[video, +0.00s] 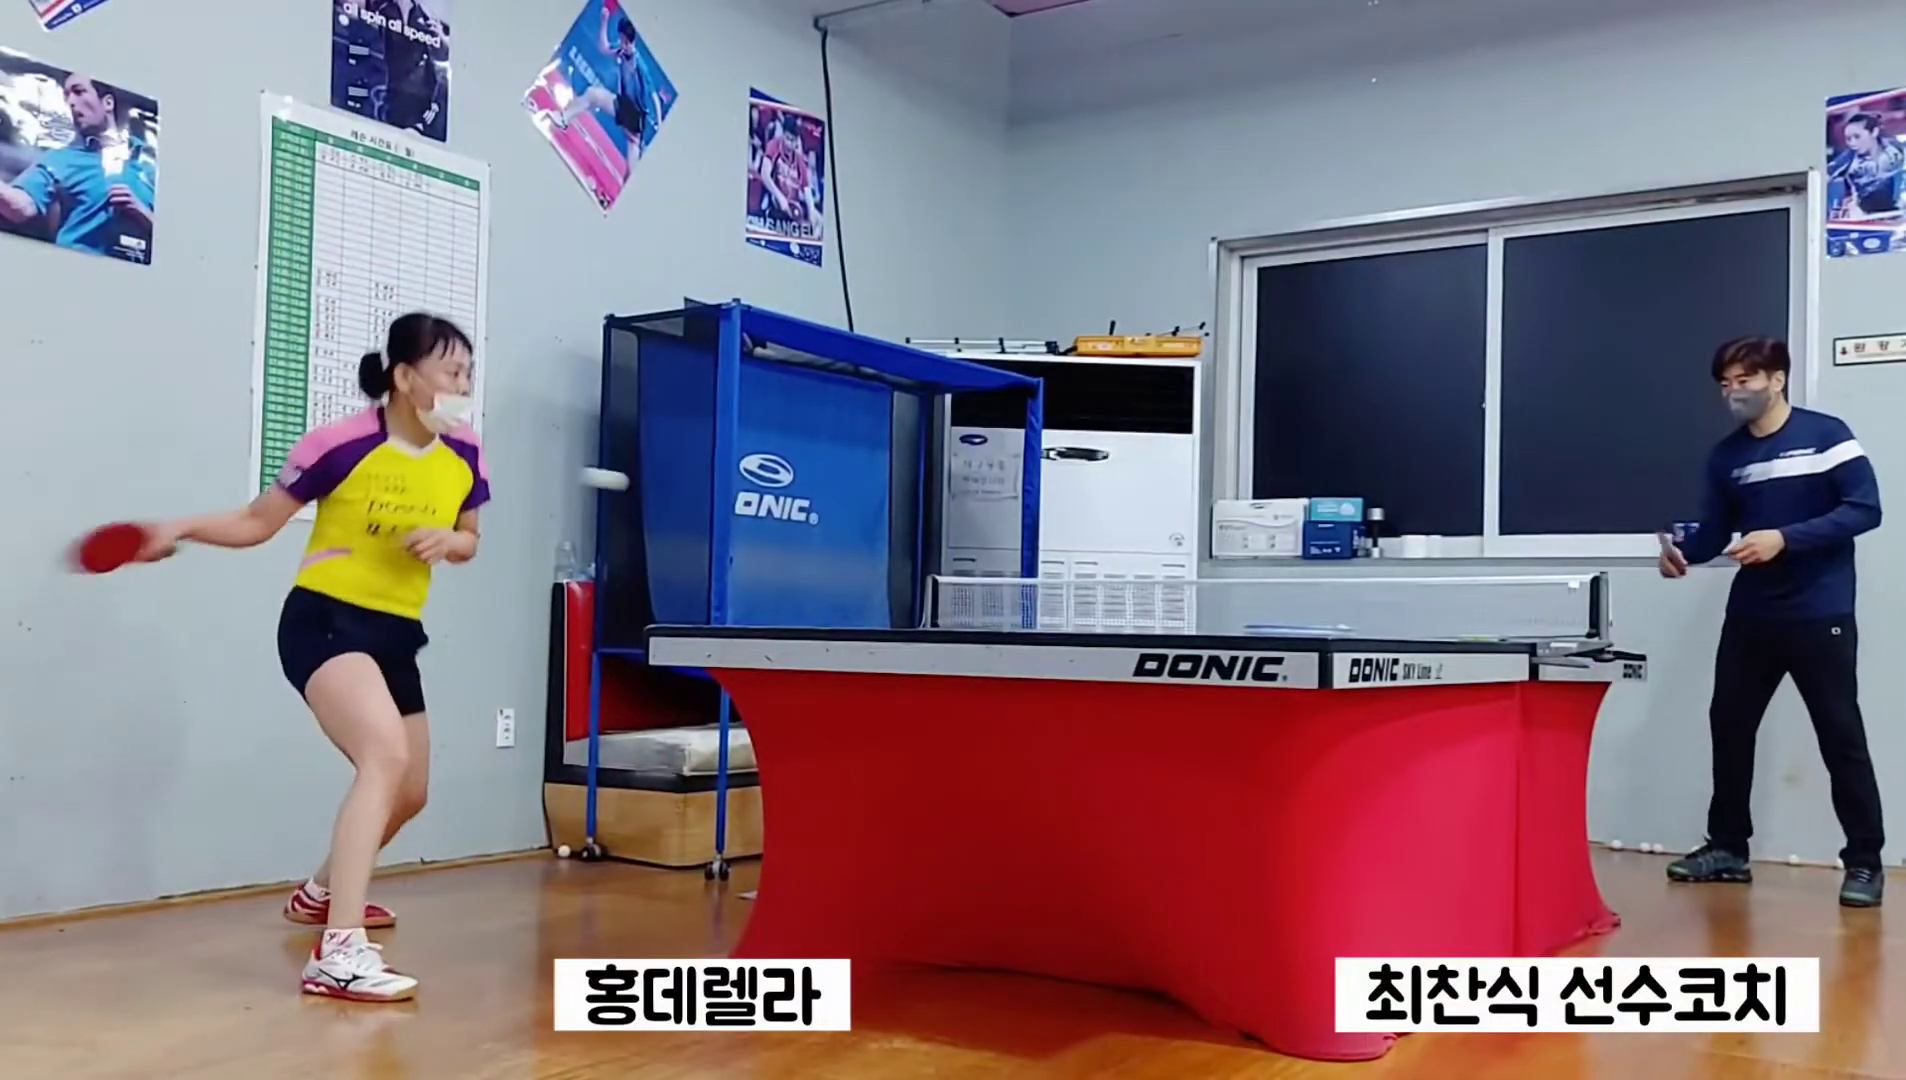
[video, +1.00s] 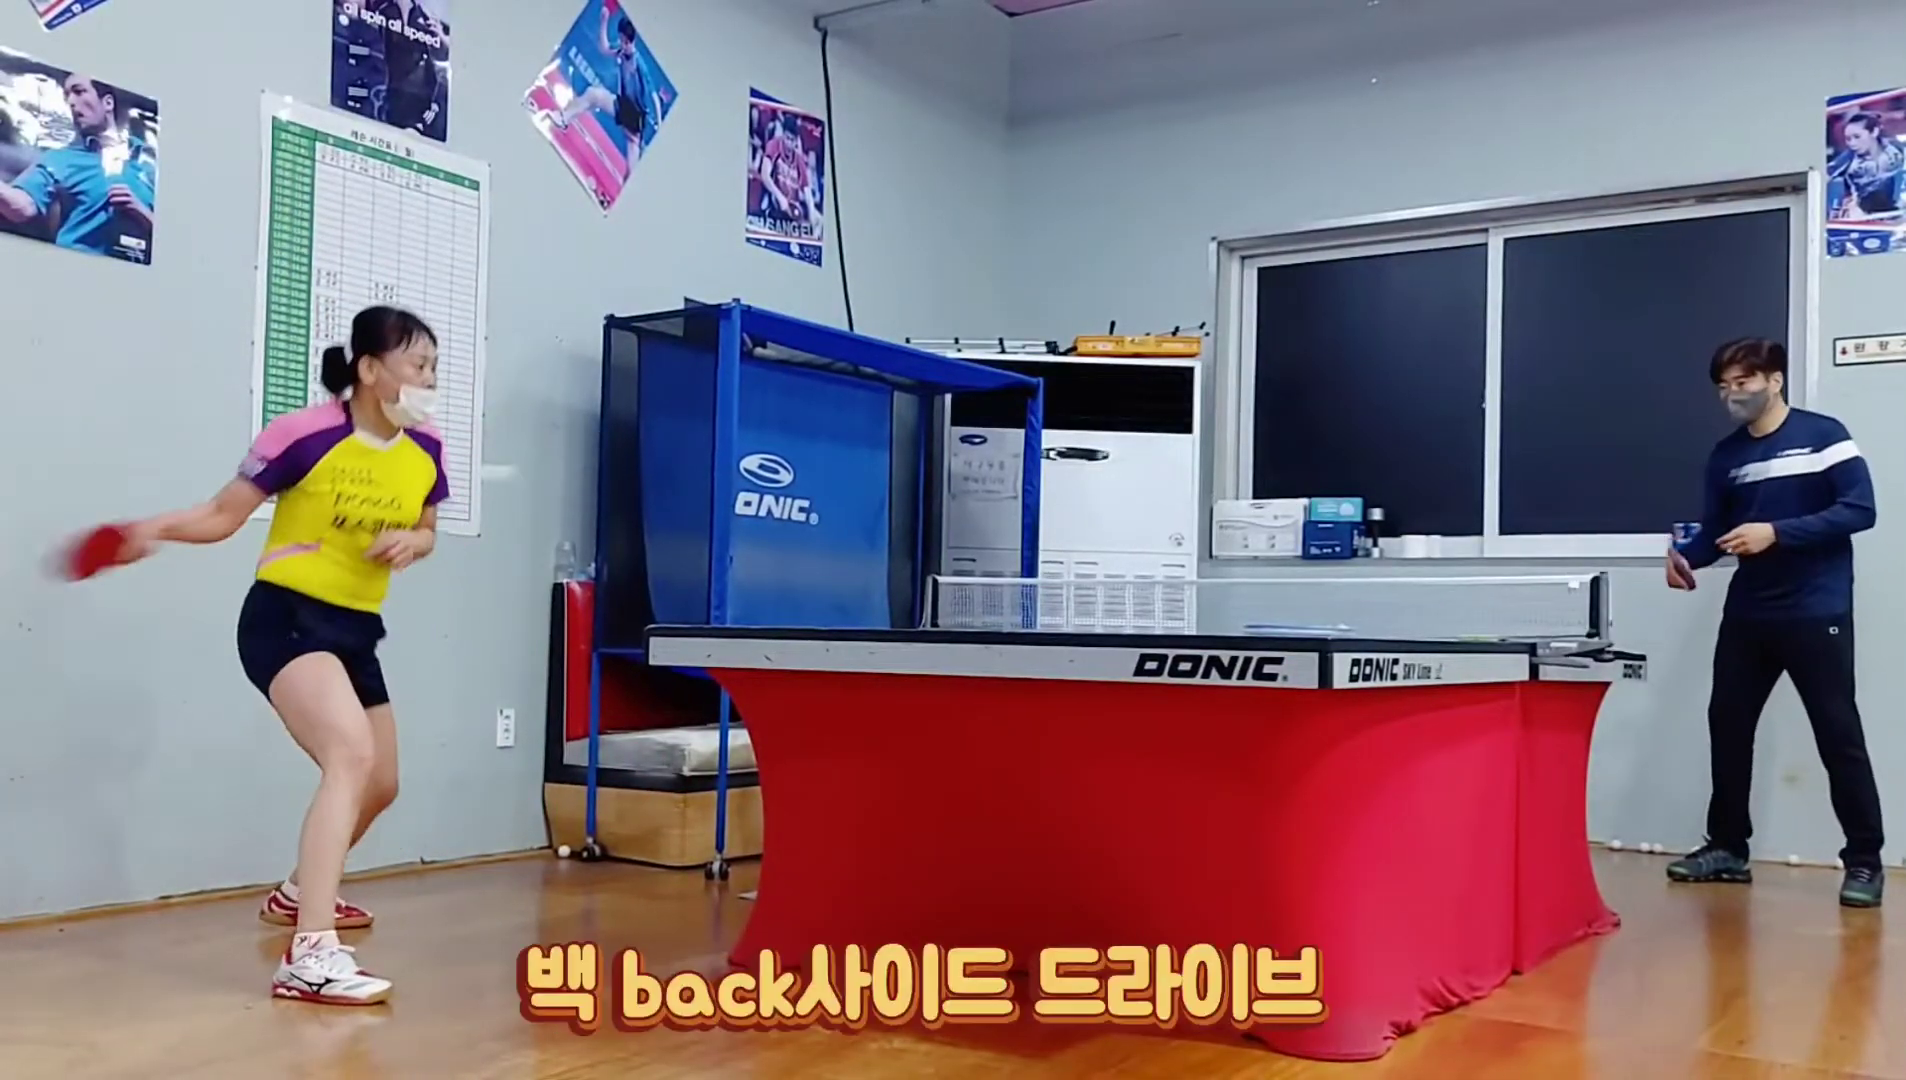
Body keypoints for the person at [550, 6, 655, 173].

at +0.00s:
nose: (622, 42)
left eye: (624, 39)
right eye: (622, 39)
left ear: (628, 40)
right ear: (622, 38)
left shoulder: (631, 55)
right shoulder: (624, 52)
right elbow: (604, 49)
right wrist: (604, 22)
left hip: (629, 108)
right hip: (637, 115)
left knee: (593, 94)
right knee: (632, 162)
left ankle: (563, 118)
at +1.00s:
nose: (621, 41)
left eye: (624, 39)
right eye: (621, 38)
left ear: (628, 40)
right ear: (621, 38)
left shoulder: (631, 57)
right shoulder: (622, 53)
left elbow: (631, 57)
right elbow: (604, 50)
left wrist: (628, 51)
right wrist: (604, 22)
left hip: (629, 109)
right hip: (636, 115)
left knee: (594, 94)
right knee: (633, 146)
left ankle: (563, 118)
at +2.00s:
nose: (621, 41)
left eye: (623, 38)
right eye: (621, 37)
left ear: (626, 39)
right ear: (621, 38)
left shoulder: (631, 56)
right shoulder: (622, 53)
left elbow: (630, 54)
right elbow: (604, 50)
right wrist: (604, 22)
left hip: (628, 108)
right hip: (637, 114)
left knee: (592, 94)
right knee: (633, 143)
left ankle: (563, 118)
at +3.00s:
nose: (622, 42)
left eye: (624, 40)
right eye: (622, 39)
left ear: (628, 40)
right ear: (621, 38)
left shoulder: (632, 57)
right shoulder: (622, 52)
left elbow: (632, 55)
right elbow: (605, 50)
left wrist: (629, 51)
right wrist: (604, 23)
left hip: (629, 108)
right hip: (637, 114)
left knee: (592, 94)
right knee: (633, 143)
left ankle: (563, 117)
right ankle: (629, 177)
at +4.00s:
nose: (622, 41)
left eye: (624, 39)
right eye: (621, 38)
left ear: (627, 39)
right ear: (621, 38)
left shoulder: (630, 55)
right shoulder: (621, 53)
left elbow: (631, 54)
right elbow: (604, 49)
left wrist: (628, 49)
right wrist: (604, 22)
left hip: (628, 107)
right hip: (637, 114)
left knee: (592, 94)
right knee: (633, 143)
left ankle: (563, 117)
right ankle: (630, 176)